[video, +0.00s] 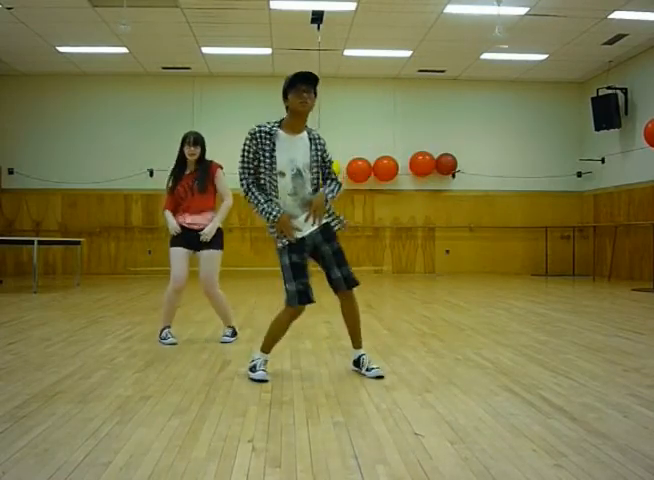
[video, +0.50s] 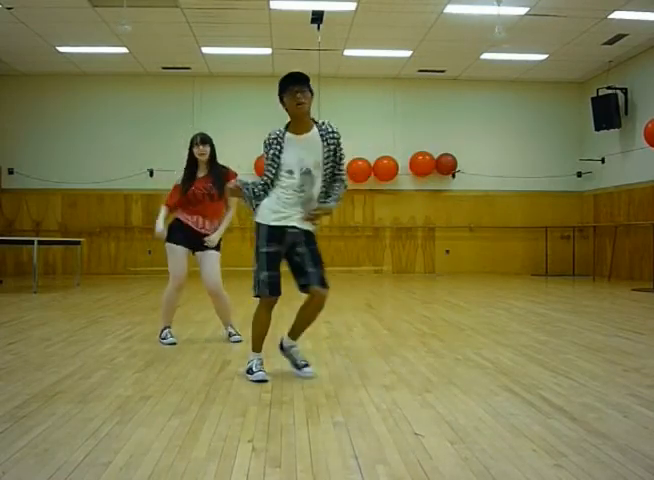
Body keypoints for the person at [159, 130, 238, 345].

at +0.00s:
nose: (191, 149)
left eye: (195, 146)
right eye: (187, 145)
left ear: (202, 148)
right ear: (182, 148)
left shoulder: (213, 169)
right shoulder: (177, 174)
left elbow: (228, 198)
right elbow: (168, 204)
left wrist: (215, 224)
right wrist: (170, 219)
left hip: (209, 229)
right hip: (182, 229)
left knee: (209, 283)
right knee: (178, 281)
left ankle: (230, 327)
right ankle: (165, 328)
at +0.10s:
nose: (193, 148)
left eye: (197, 144)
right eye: (189, 144)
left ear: (204, 147)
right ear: (184, 147)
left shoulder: (215, 171)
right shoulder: (179, 176)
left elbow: (231, 199)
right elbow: (168, 206)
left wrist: (217, 222)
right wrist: (174, 223)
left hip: (213, 228)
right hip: (185, 230)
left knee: (214, 282)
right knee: (183, 282)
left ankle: (230, 327)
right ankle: (167, 328)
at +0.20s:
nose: (194, 145)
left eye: (198, 142)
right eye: (190, 142)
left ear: (205, 144)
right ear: (185, 145)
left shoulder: (217, 169)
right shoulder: (179, 172)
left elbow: (232, 198)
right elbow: (166, 202)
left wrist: (219, 220)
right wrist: (173, 219)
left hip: (212, 226)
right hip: (183, 228)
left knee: (215, 280)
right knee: (182, 281)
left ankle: (230, 327)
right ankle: (167, 328)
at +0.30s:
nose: (195, 144)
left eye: (199, 140)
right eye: (191, 141)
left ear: (206, 143)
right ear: (186, 144)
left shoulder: (219, 169)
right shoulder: (179, 169)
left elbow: (230, 199)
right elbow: (163, 197)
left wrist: (217, 223)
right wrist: (169, 215)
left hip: (208, 226)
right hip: (180, 226)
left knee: (214, 281)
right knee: (177, 279)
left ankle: (229, 327)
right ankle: (166, 328)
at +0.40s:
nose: (197, 145)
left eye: (201, 140)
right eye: (193, 141)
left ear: (208, 144)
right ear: (188, 146)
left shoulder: (221, 171)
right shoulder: (181, 171)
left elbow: (229, 202)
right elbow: (163, 198)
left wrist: (216, 228)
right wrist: (163, 211)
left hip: (207, 229)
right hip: (178, 226)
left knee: (214, 283)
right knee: (176, 279)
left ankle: (229, 327)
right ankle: (166, 328)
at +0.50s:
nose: (201, 149)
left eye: (205, 145)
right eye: (197, 146)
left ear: (211, 148)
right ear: (191, 150)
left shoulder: (224, 175)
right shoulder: (187, 178)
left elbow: (232, 208)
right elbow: (167, 204)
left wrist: (218, 233)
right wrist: (160, 224)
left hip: (209, 233)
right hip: (181, 229)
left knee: (214, 286)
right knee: (178, 279)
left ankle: (229, 327)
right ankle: (166, 328)